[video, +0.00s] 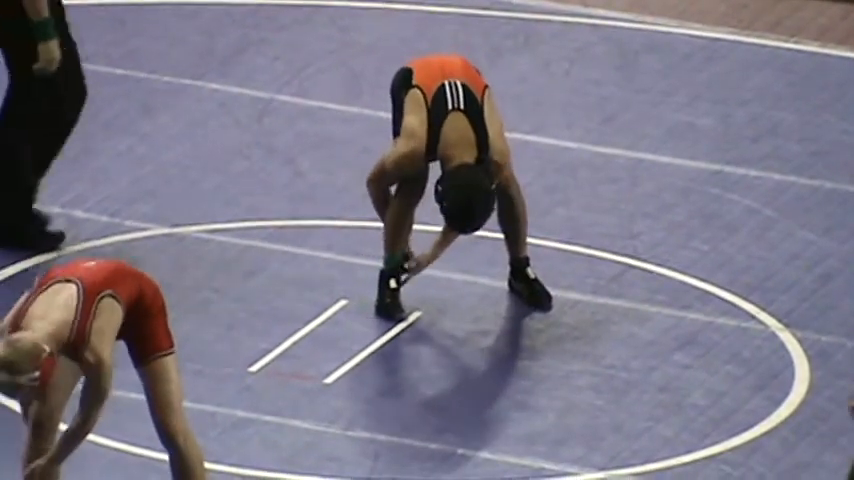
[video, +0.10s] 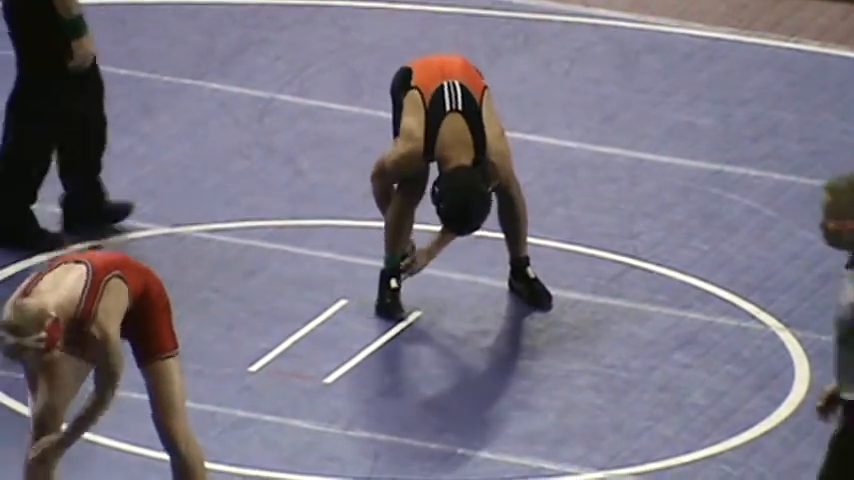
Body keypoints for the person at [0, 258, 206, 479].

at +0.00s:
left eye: (27, 384)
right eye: (16, 388)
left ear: (45, 359)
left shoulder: (94, 352)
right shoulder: (9, 328)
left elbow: (86, 420)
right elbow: (23, 388)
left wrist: (50, 463)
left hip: (135, 290)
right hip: (71, 278)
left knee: (172, 430)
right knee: (41, 423)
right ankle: (33, 476)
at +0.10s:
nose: (27, 359)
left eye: (34, 350)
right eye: (19, 353)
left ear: (52, 334)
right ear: (10, 336)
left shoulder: (99, 327)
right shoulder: (16, 313)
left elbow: (104, 394)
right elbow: (31, 367)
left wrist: (63, 442)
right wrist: (39, 408)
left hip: (140, 290)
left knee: (172, 430)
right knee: (44, 421)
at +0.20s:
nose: (41, 320)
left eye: (46, 310)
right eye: (29, 315)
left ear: (56, 290)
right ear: (13, 290)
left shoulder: (108, 294)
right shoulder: (29, 276)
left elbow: (123, 362)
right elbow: (44, 326)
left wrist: (78, 413)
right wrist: (54, 370)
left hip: (147, 302)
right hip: (89, 302)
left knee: (174, 433)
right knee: (49, 425)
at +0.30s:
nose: (42, 283)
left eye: (44, 274)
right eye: (34, 275)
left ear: (61, 253)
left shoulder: (115, 262)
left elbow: (134, 339)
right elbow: (65, 298)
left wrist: (78, 383)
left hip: (152, 299)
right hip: (98, 299)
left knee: (175, 433)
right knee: (48, 415)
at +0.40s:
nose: (42, 244)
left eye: (48, 233)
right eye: (33, 235)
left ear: (65, 217)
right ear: (22, 231)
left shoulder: (115, 238)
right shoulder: (56, 231)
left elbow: (135, 320)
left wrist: (69, 346)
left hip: (154, 311)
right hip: (103, 307)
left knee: (175, 432)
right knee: (43, 409)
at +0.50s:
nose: (29, 211)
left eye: (38, 199)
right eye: (20, 202)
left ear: (60, 186)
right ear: (12, 201)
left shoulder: (104, 221)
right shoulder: (41, 219)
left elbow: (125, 306)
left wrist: (59, 323)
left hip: (143, 316)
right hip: (94, 315)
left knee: (169, 433)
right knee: (42, 419)